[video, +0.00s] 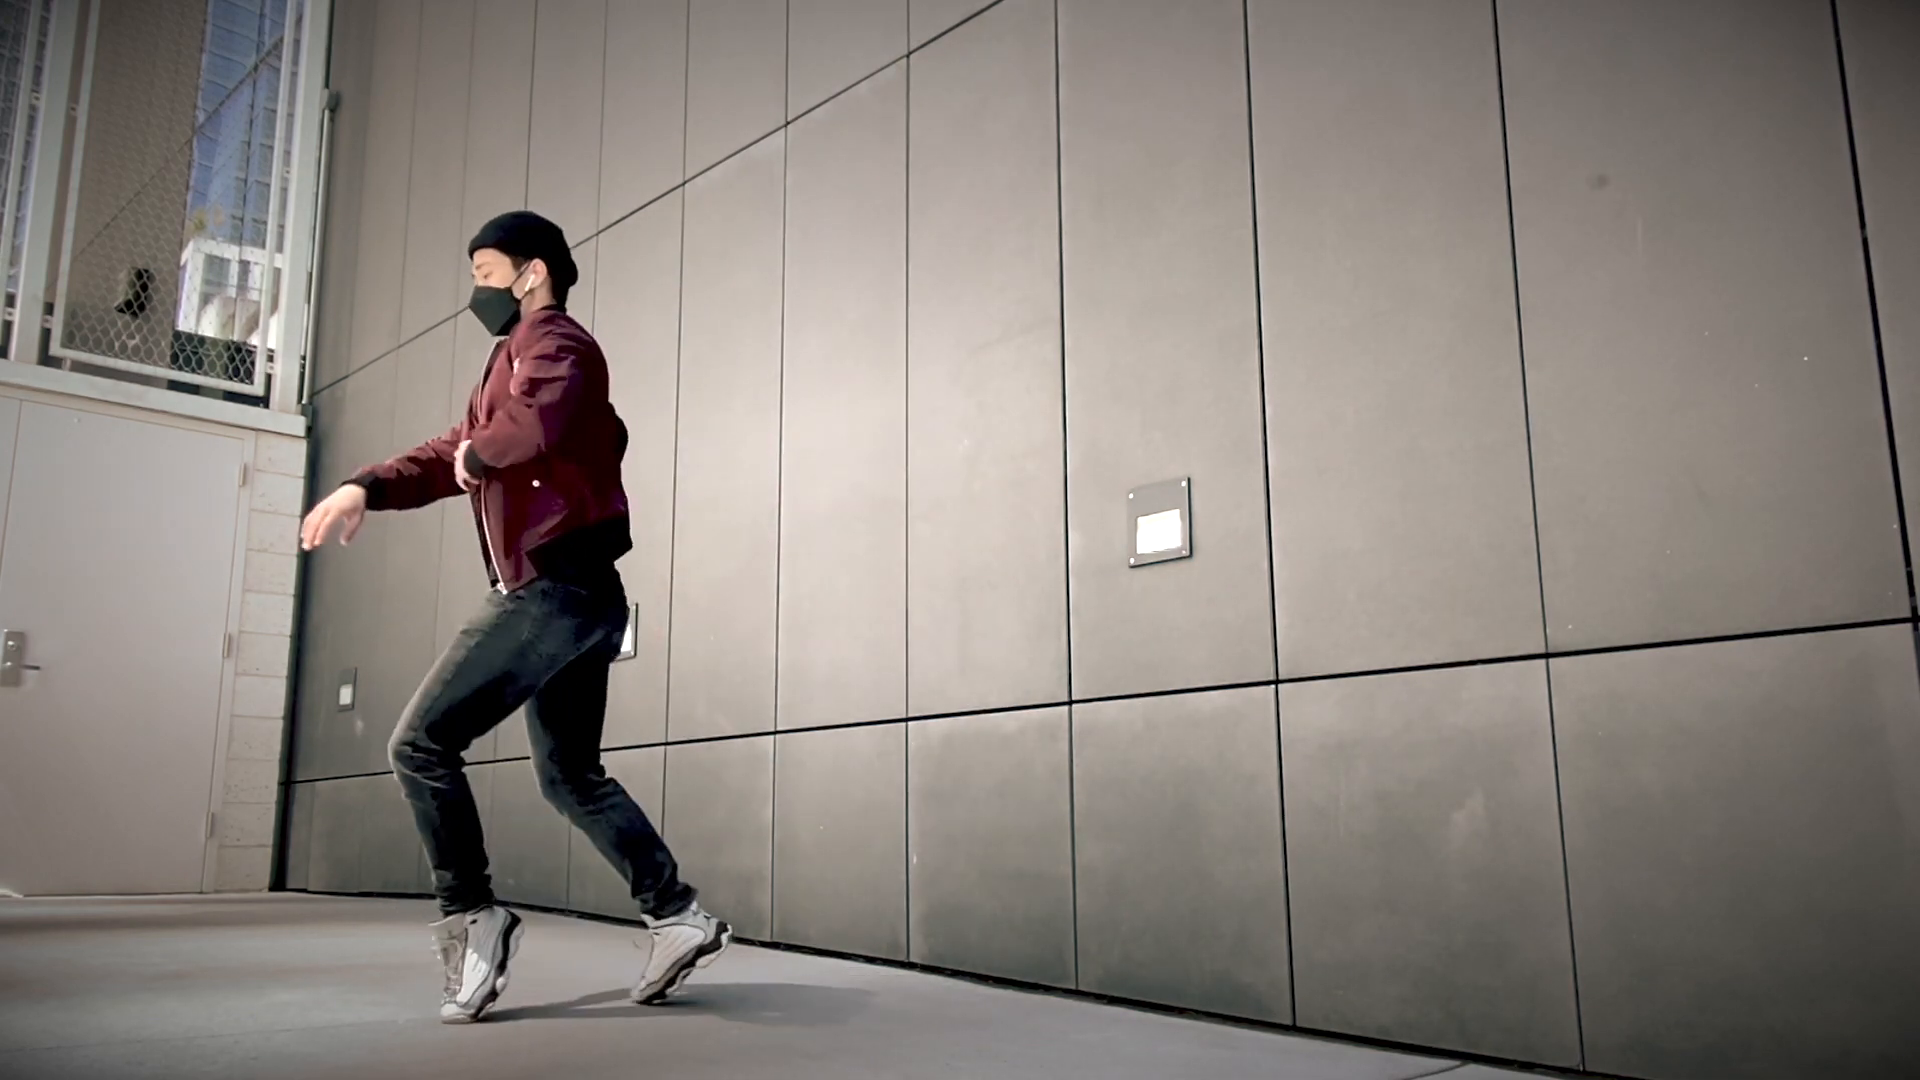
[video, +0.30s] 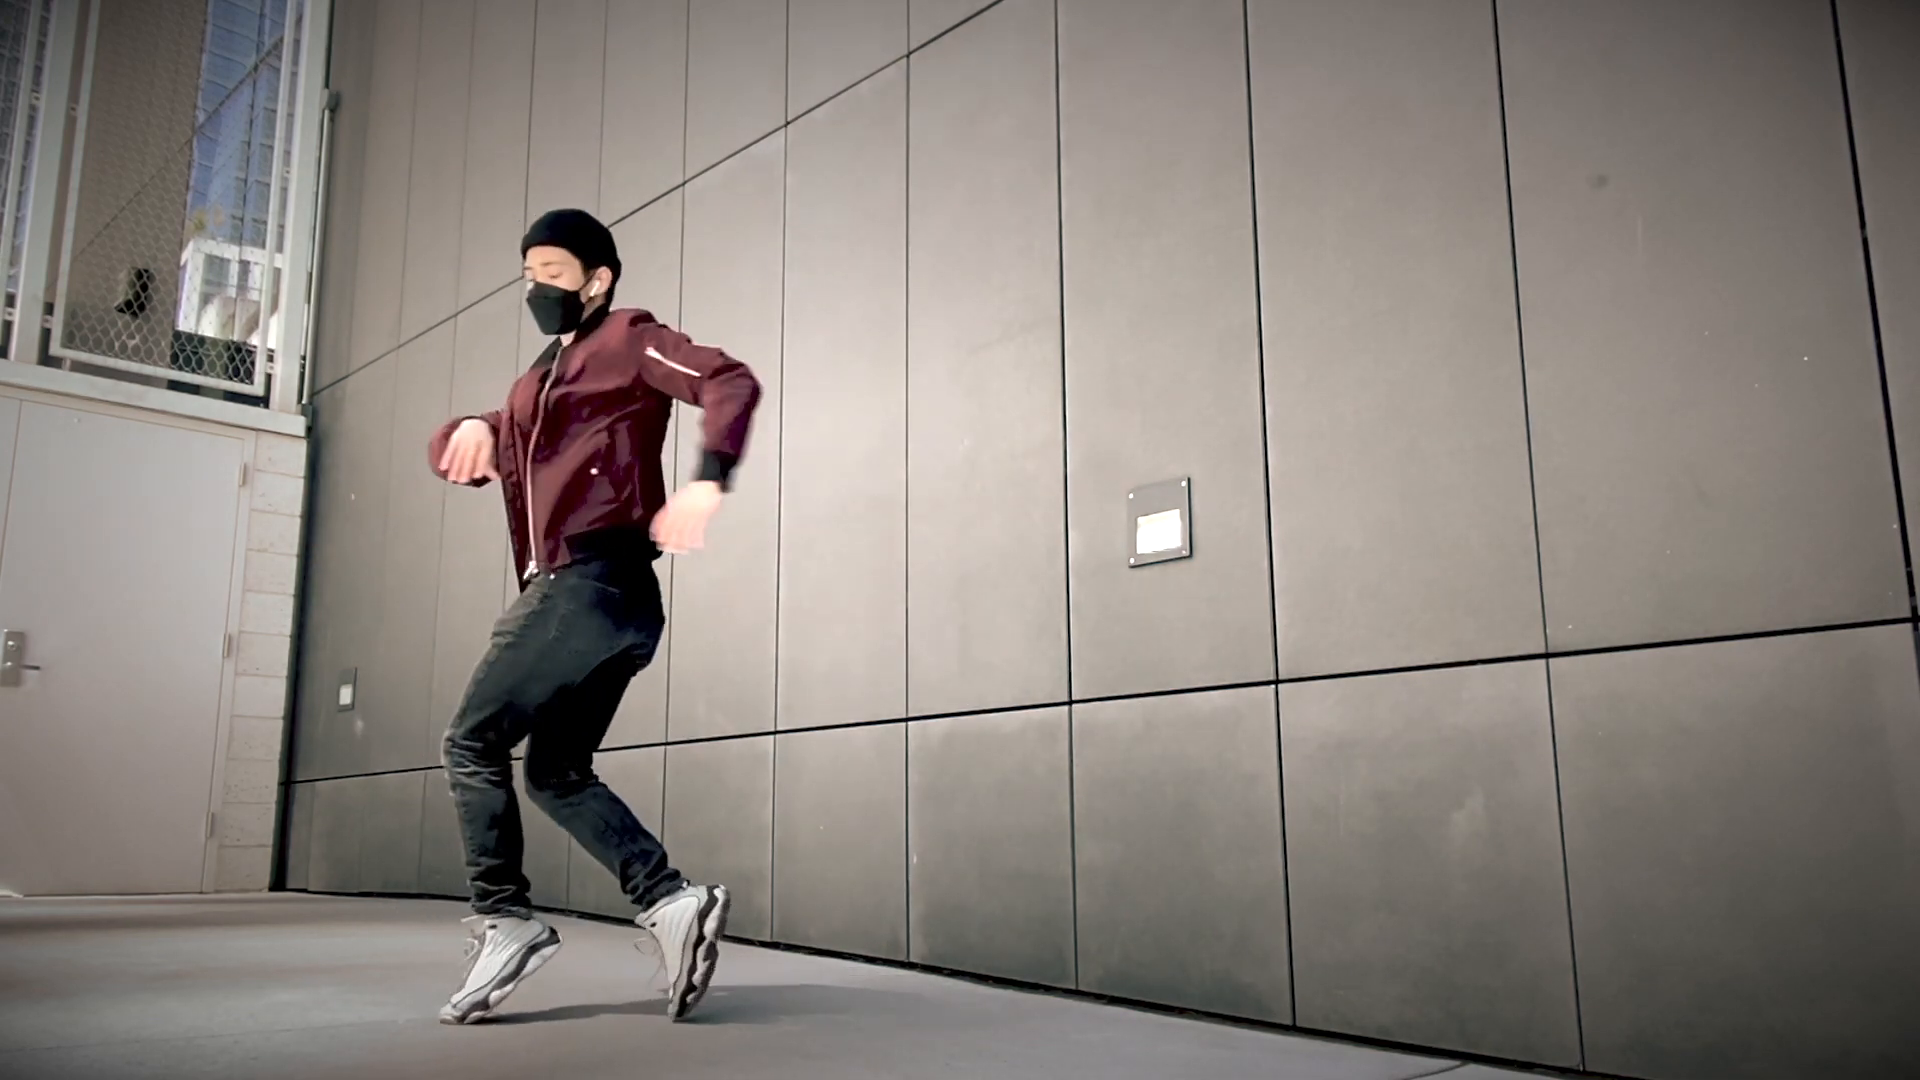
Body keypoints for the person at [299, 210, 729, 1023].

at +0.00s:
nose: (475, 289)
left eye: (485, 273)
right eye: (474, 276)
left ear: (533, 274)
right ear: (526, 279)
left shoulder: (553, 338)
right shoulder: (512, 362)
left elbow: (537, 424)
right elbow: (452, 455)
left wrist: (472, 456)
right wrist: (362, 489)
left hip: (552, 593)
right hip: (576, 595)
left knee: (421, 747)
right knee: (572, 776)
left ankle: (474, 922)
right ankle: (679, 917)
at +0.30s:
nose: (536, 289)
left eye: (551, 273)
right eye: (529, 277)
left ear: (600, 277)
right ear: (528, 284)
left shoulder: (628, 337)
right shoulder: (536, 383)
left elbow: (731, 381)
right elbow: (473, 452)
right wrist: (469, 437)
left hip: (584, 585)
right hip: (615, 594)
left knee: (473, 741)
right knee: (556, 772)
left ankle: (506, 922)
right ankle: (671, 904)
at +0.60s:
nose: (672, 278)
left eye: (688, 268)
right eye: (657, 266)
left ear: (709, 284)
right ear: (633, 281)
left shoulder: (744, 357)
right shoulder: (603, 376)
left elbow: (821, 427)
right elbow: (510, 421)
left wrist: (868, 513)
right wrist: (603, 384)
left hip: (708, 581)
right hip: (650, 596)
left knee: (687, 755)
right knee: (588, 758)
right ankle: (671, 934)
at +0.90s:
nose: (762, 304)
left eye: (776, 294)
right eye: (746, 291)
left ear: (793, 308)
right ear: (717, 301)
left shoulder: (823, 393)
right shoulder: (680, 386)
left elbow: (848, 498)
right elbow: (592, 398)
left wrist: (851, 590)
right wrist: (690, 387)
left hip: (802, 606)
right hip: (718, 616)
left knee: (850, 787)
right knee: (684, 781)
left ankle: (961, 928)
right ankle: (748, 939)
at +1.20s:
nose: (849, 311)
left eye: (861, 303)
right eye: (833, 300)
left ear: (874, 317)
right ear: (800, 314)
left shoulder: (901, 405)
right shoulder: (768, 399)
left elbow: (907, 513)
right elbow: (698, 428)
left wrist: (923, 607)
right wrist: (788, 405)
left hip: (910, 613)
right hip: (823, 619)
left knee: (1010, 752)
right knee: (791, 797)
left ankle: (977, 926)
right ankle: (774, 961)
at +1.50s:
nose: (924, 312)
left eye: (933, 304)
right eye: (907, 301)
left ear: (941, 319)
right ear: (869, 313)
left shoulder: (951, 405)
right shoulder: (836, 385)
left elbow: (966, 502)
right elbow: (756, 446)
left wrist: (969, 599)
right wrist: (839, 474)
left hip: (956, 614)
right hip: (885, 617)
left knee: (1022, 770)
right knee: (862, 793)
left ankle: (963, 932)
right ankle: (790, 954)